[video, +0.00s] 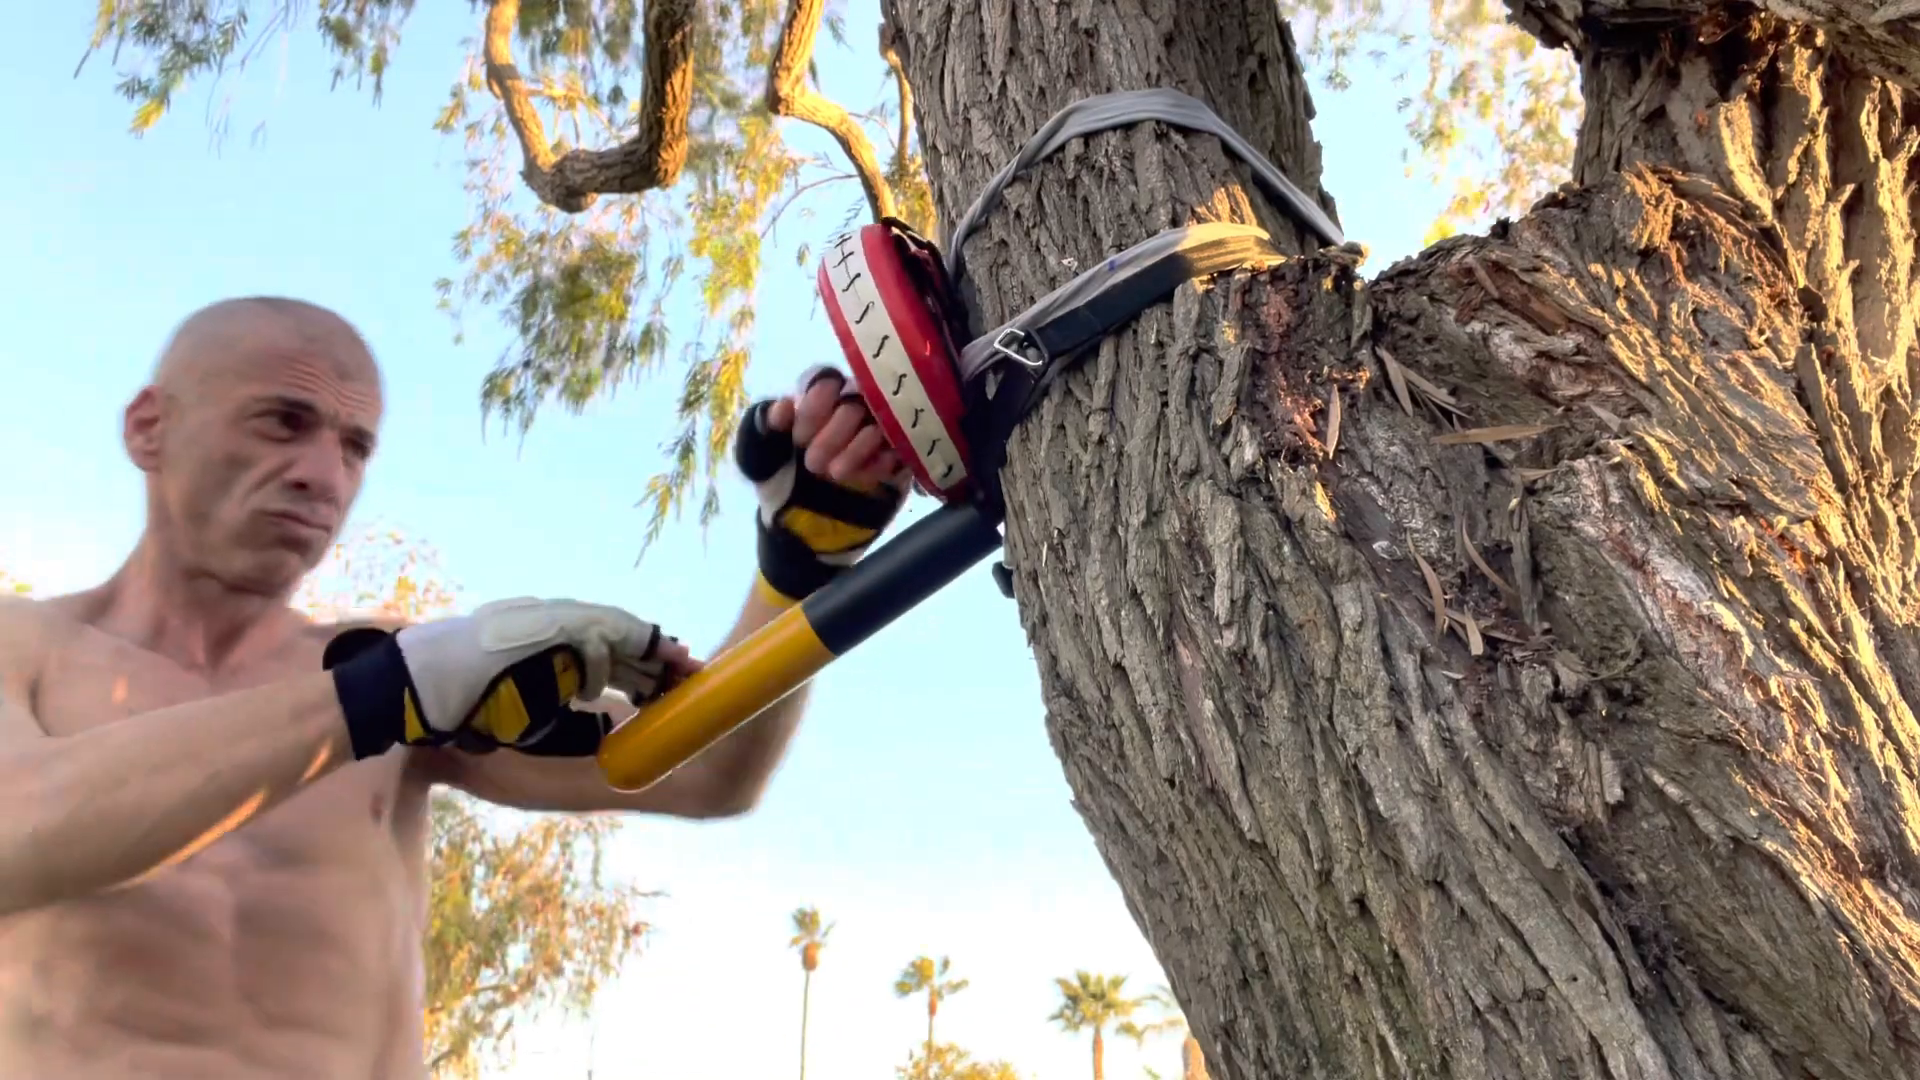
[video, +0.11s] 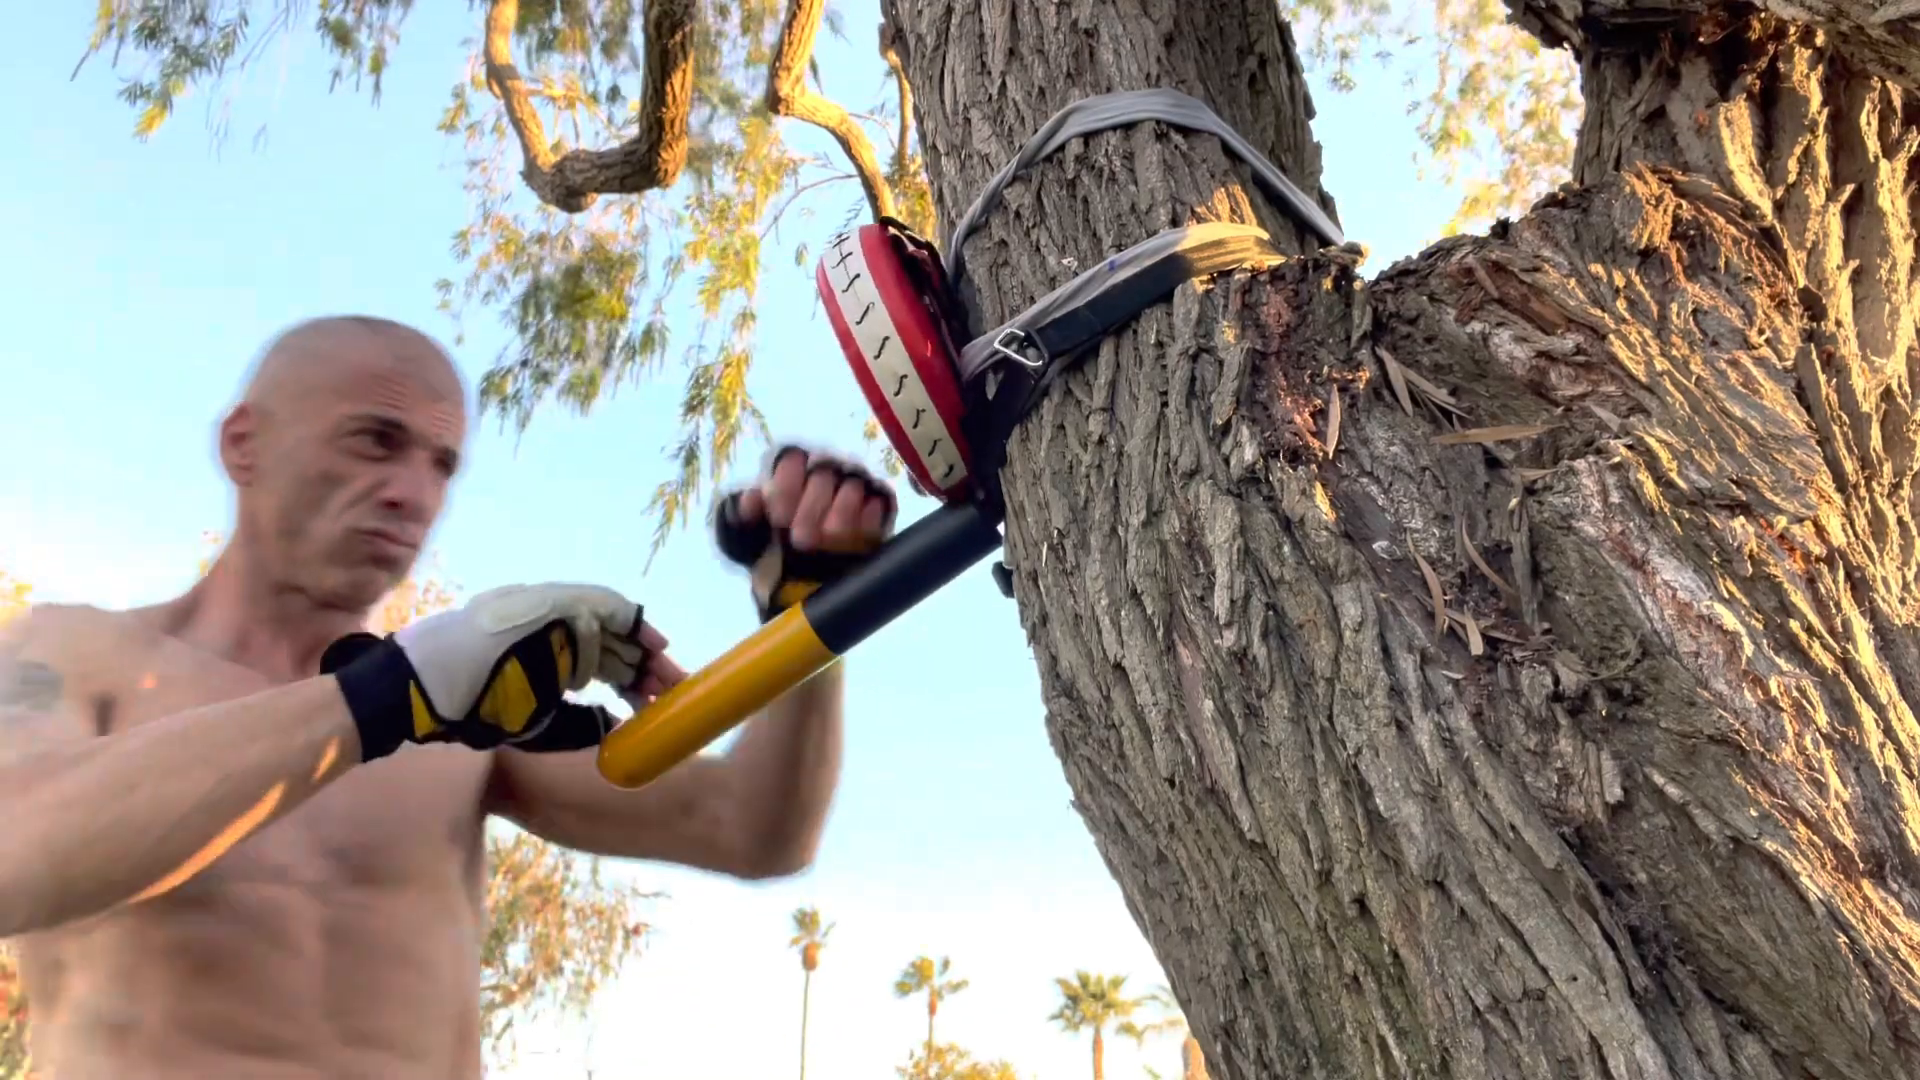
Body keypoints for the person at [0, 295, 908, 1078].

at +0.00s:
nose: (326, 477)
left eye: (354, 450)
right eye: (283, 422)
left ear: (365, 481)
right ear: (148, 429)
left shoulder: (381, 680)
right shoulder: (25, 646)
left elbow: (711, 775)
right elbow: (20, 845)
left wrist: (806, 553)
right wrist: (379, 686)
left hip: (356, 1058)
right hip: (79, 1060)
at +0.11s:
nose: (415, 495)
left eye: (441, 469)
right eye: (377, 442)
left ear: (451, 498)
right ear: (242, 445)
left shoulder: (458, 720)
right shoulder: (70, 652)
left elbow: (760, 830)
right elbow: (21, 873)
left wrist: (812, 598)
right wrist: (397, 693)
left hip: (421, 1060)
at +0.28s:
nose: (652, 495)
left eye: (670, 471)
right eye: (615, 443)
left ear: (685, 495)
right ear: (490, 448)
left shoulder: (608, 732)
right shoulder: (357, 552)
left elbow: (797, 990)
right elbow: (292, 609)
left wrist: (808, 772)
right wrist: (635, 564)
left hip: (569, 1057)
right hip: (339, 1052)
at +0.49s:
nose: (777, 472)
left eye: (788, 450)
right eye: (732, 430)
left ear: (796, 488)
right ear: (637, 433)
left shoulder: (728, 754)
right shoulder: (520, 543)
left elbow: (813, 1024)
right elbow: (812, 373)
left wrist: (818, 778)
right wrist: (889, 562)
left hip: (642, 1058)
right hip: (419, 1051)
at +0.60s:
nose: (724, 487)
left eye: (738, 463)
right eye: (689, 440)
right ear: (571, 446)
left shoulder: (697, 746)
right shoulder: (454, 574)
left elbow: (838, 993)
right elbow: (718, 406)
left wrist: (836, 743)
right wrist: (856, 536)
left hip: (616, 1058)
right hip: (382, 1051)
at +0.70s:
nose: (663, 495)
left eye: (688, 462)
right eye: (630, 448)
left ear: (710, 511)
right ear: (521, 447)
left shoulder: (645, 733)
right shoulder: (385, 597)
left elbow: (803, 982)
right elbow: (640, 436)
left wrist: (804, 723)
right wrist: (841, 496)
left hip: (575, 1059)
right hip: (349, 1049)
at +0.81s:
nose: (559, 496)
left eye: (583, 468)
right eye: (531, 452)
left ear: (607, 504)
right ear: (408, 460)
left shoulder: (545, 753)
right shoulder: (254, 597)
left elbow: (710, 1026)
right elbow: (466, 545)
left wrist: (640, 793)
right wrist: (742, 393)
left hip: (484, 1057)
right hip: (258, 1048)